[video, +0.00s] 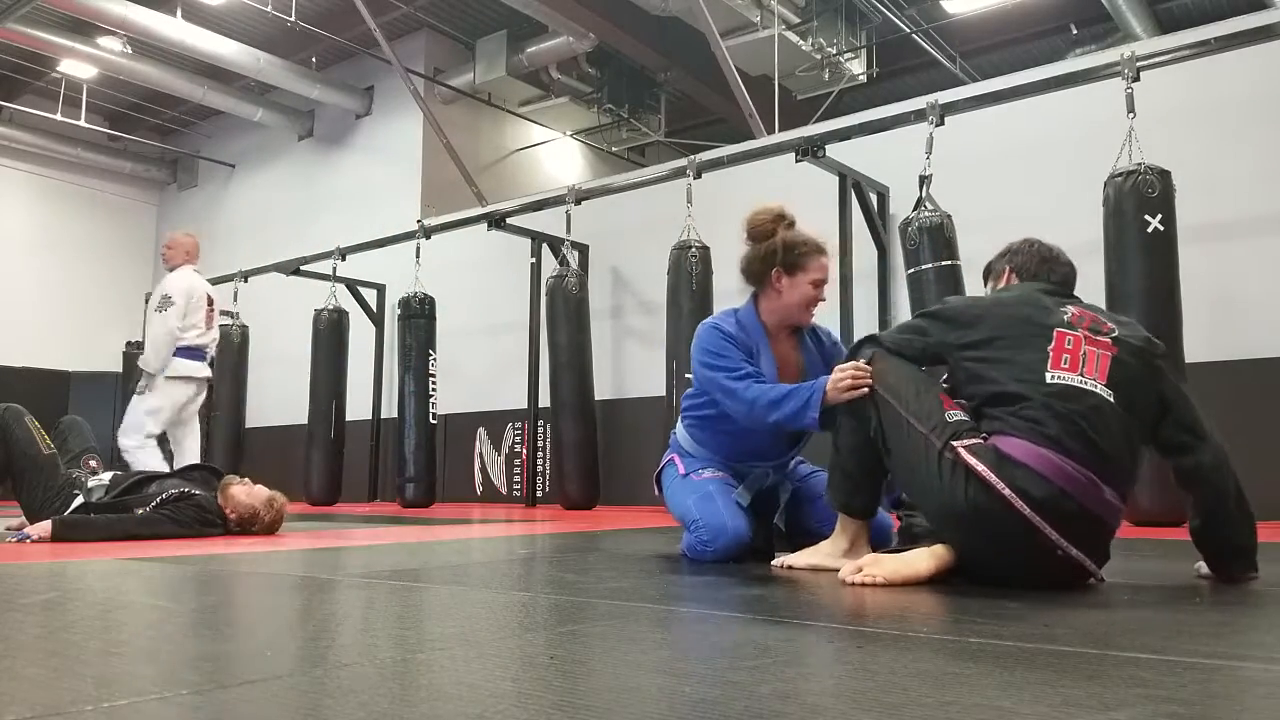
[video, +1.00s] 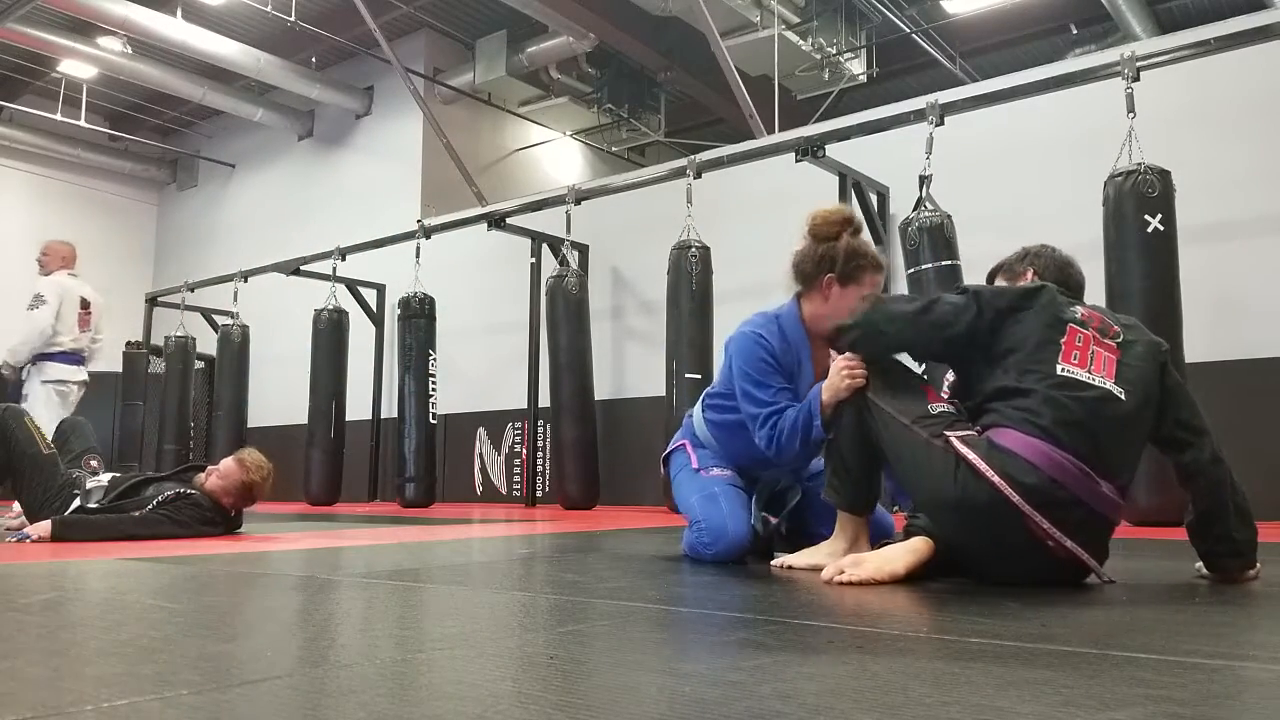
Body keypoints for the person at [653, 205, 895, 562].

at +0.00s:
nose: (823, 296)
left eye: (823, 286)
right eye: (816, 285)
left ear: (785, 282)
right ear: (779, 280)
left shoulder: (822, 344)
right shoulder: (716, 336)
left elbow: (859, 422)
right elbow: (750, 403)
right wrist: (821, 393)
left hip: (778, 469)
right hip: (701, 465)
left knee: (878, 532)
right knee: (728, 538)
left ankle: (774, 524)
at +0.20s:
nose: (826, 303)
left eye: (828, 293)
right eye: (819, 290)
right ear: (782, 284)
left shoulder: (825, 353)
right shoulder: (722, 336)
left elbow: (853, 428)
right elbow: (748, 394)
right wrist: (830, 381)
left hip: (781, 471)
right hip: (702, 467)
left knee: (876, 534)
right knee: (730, 537)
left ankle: (776, 523)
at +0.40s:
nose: (848, 315)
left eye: (852, 306)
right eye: (843, 303)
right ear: (808, 292)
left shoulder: (841, 358)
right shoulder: (742, 342)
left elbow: (866, 430)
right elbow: (768, 404)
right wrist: (846, 381)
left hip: (785, 472)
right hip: (705, 466)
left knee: (876, 533)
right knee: (731, 537)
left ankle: (775, 522)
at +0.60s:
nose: (857, 325)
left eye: (861, 315)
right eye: (853, 311)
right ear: (817, 297)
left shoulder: (843, 358)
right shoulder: (746, 347)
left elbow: (871, 433)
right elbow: (776, 415)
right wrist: (847, 387)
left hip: (785, 473)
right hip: (706, 466)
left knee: (875, 532)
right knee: (732, 537)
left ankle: (775, 528)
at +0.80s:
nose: (857, 323)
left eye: (863, 312)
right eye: (855, 309)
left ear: (820, 298)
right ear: (819, 296)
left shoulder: (842, 357)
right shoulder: (747, 349)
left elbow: (871, 435)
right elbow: (774, 441)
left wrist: (917, 507)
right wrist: (829, 396)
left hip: (783, 470)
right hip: (703, 465)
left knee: (874, 532)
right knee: (731, 537)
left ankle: (775, 517)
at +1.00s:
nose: (871, 311)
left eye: (875, 301)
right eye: (867, 299)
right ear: (830, 287)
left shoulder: (848, 349)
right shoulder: (755, 340)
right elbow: (776, 441)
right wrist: (825, 394)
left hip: (789, 463)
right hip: (710, 454)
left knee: (879, 534)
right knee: (727, 540)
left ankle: (777, 525)